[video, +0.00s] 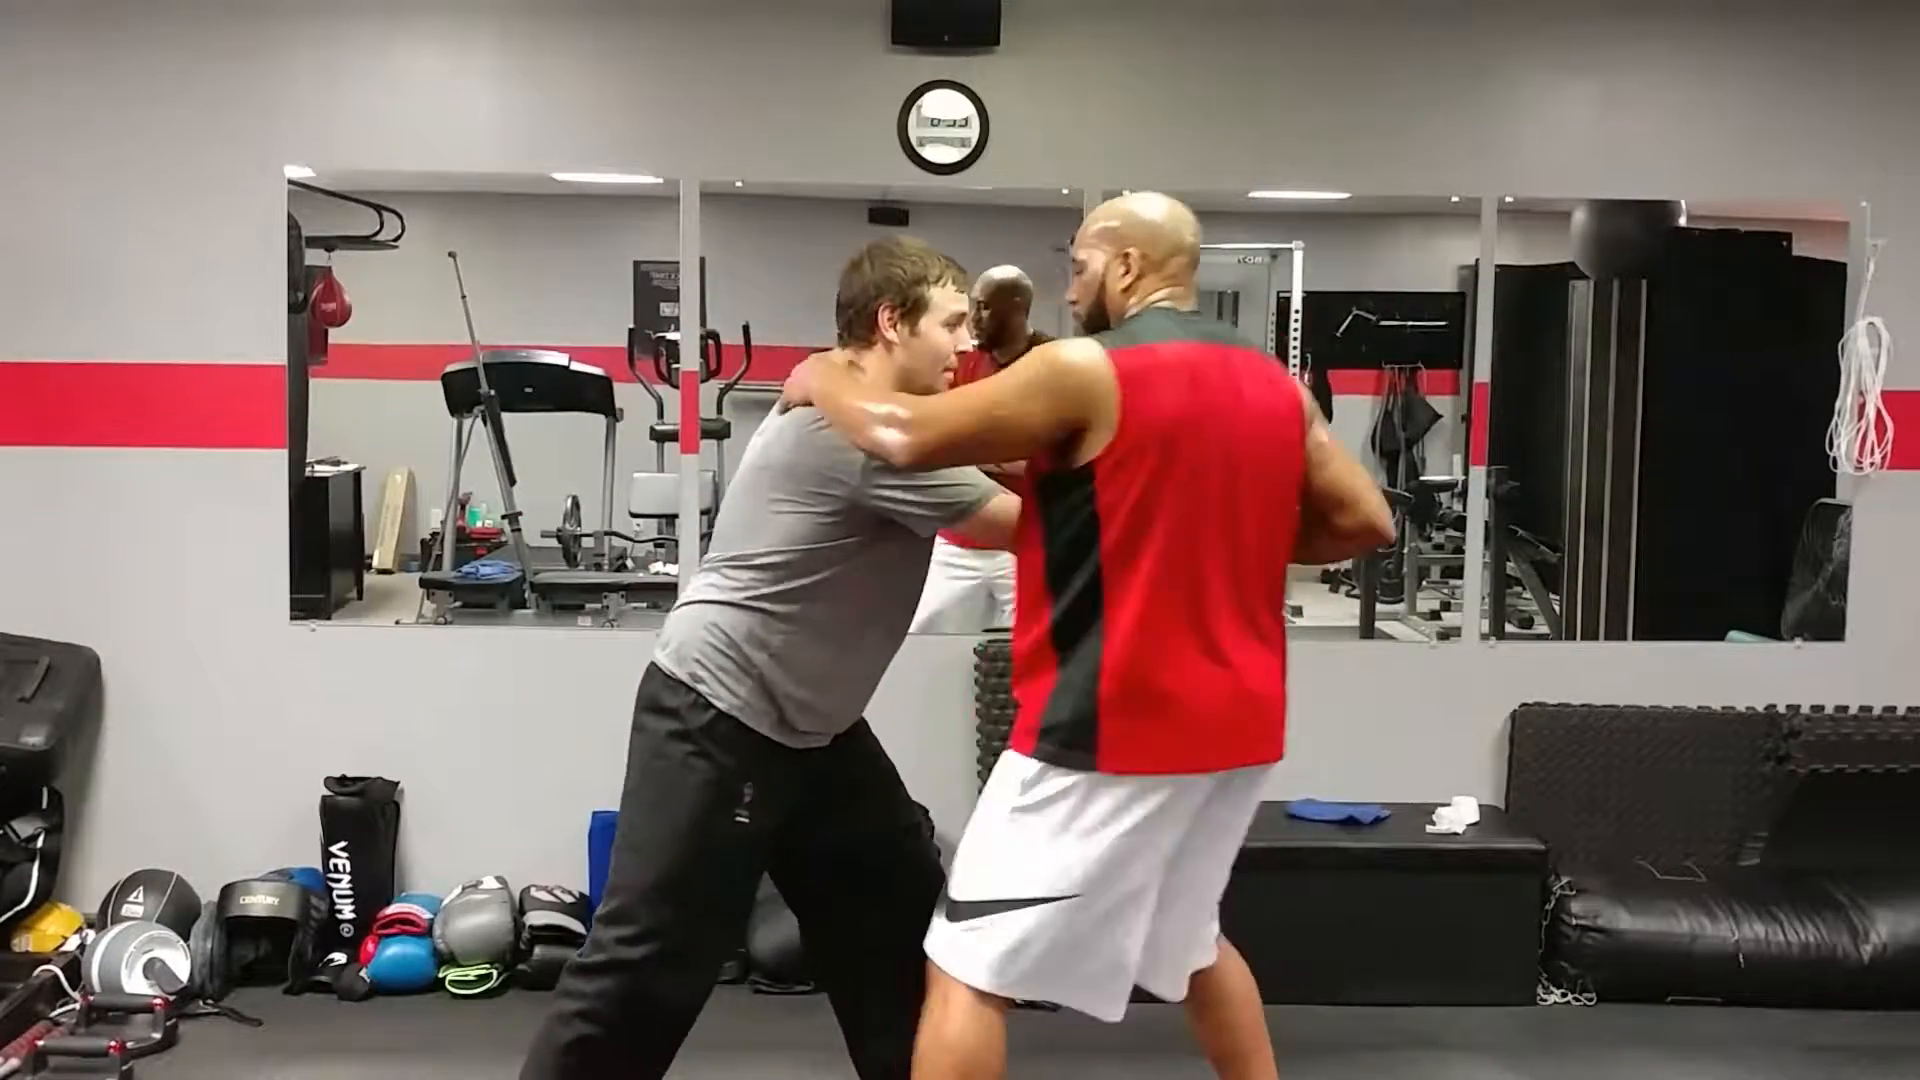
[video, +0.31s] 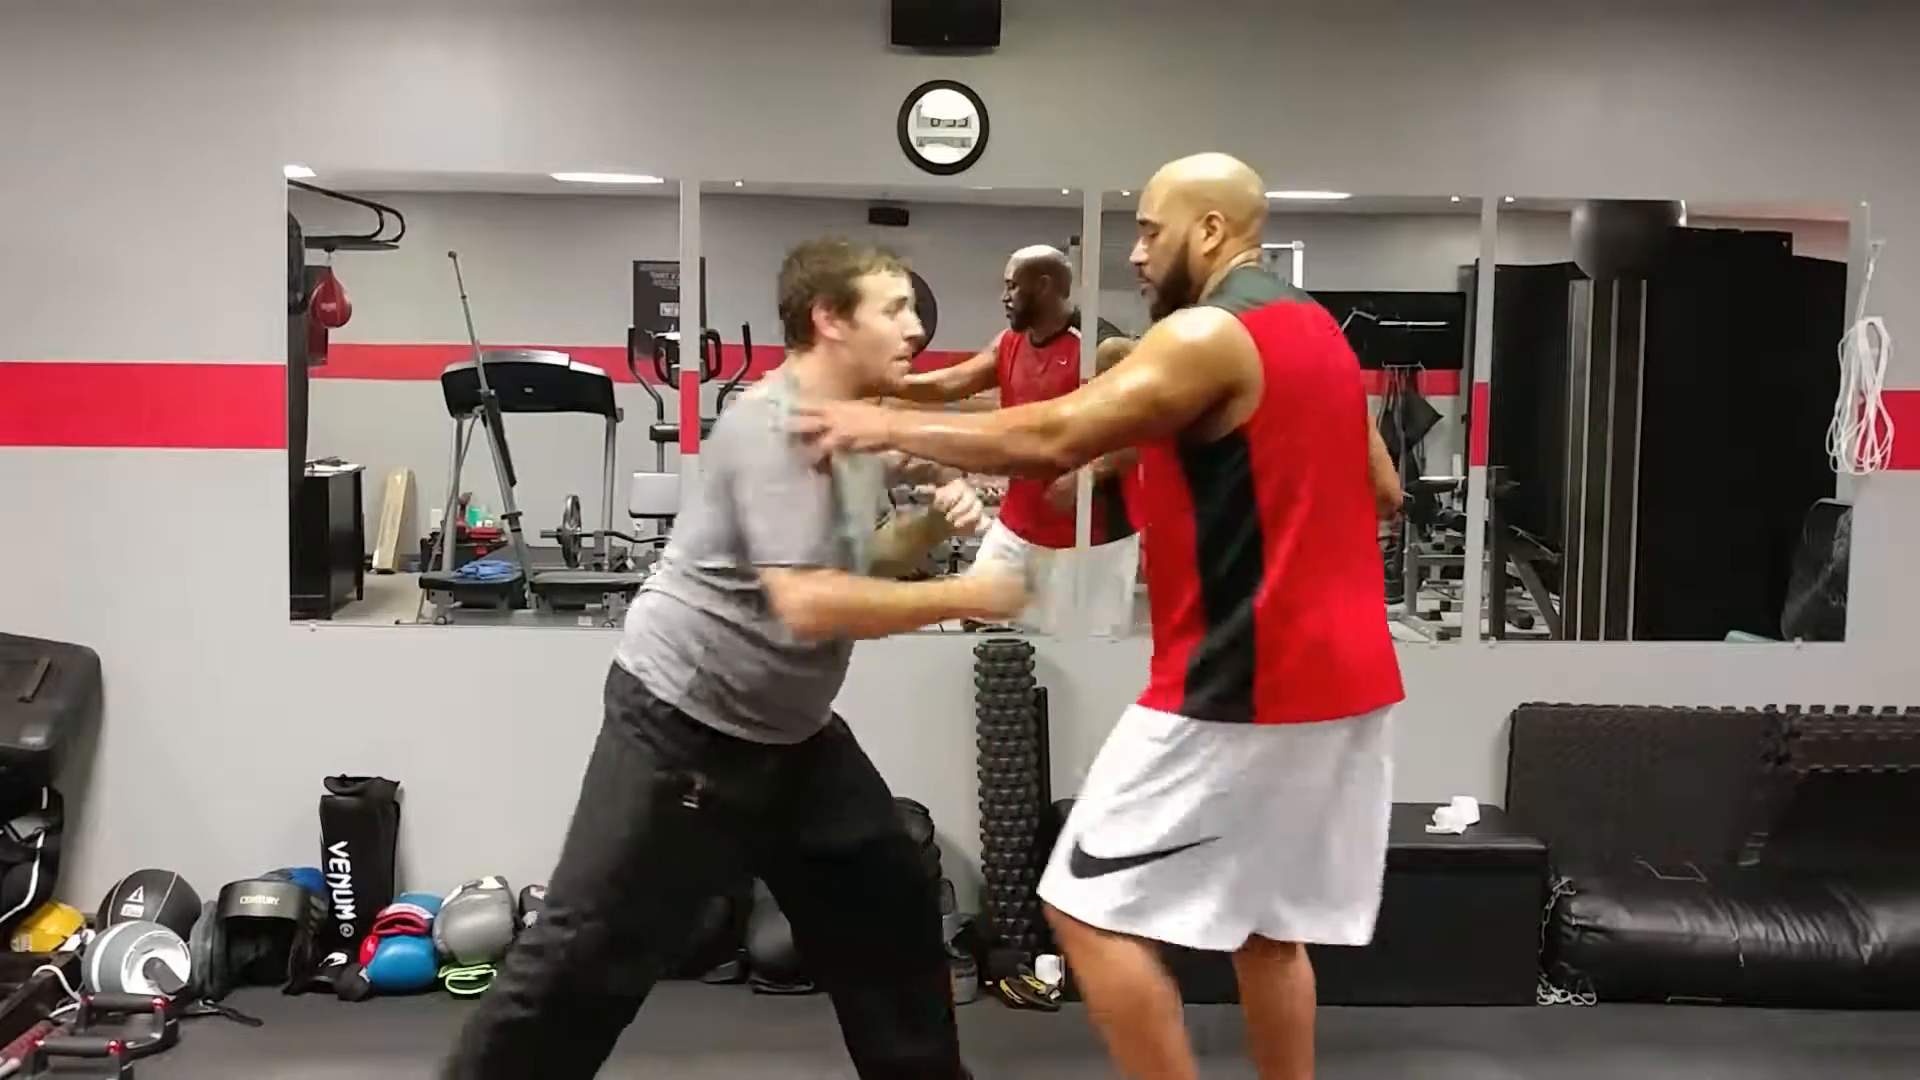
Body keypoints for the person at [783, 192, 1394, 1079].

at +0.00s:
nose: (1071, 280)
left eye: (1079, 263)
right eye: (1073, 263)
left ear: (1125, 267)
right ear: (1182, 272)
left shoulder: (1083, 370)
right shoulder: (1273, 383)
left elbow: (906, 436)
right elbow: (1364, 522)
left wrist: (827, 382)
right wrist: (1243, 534)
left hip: (1101, 724)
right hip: (1241, 721)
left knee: (968, 969)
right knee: (1191, 937)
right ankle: (1258, 1076)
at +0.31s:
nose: (1137, 255)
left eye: (1152, 234)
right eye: (1138, 235)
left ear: (1212, 232)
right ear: (1231, 237)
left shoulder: (1205, 338)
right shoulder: (1316, 333)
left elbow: (1054, 436)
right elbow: (1383, 488)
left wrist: (891, 425)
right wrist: (1221, 471)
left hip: (1234, 678)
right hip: (1346, 676)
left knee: (1086, 906)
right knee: (1273, 925)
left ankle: (1169, 1071)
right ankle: (1289, 1077)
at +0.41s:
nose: (1146, 252)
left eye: (1161, 230)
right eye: (1149, 231)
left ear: (1223, 233)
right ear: (1240, 238)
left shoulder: (1218, 344)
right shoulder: (1313, 327)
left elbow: (1078, 459)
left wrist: (922, 492)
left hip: (1254, 691)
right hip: (1341, 679)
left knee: (1169, 935)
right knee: (1266, 925)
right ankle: (1286, 1078)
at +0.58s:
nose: (1159, 275)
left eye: (1175, 256)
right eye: (1161, 256)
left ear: (1241, 257)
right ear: (1256, 260)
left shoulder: (1248, 374)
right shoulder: (1329, 348)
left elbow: (1182, 549)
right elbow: (1314, 518)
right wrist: (1212, 599)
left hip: (1294, 717)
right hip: (1377, 704)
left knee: (1210, 953)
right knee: (1312, 956)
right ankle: (1359, 1076)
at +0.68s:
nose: (1178, 282)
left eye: (1194, 262)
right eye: (1179, 262)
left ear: (1260, 265)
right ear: (1269, 268)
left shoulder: (1284, 383)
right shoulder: (1328, 351)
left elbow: (1298, 576)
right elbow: (1345, 543)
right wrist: (1242, 641)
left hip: (1313, 724)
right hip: (1386, 708)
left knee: (1210, 948)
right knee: (1358, 927)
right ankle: (1421, 1071)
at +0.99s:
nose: (1225, 272)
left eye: (1242, 254)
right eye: (1228, 253)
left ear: (1305, 262)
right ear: (1316, 264)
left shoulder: (1310, 369)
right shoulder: (1365, 344)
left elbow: (1305, 549)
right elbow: (1384, 526)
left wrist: (1245, 626)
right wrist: (1283, 613)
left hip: (1360, 697)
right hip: (1436, 685)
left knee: (1260, 927)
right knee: (1383, 907)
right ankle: (1435, 1071)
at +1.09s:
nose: (1248, 258)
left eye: (1267, 242)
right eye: (1253, 241)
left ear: (1330, 255)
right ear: (1335, 261)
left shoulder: (1319, 333)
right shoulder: (1374, 336)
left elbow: (1164, 421)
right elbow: (1305, 512)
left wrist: (1093, 460)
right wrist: (1224, 614)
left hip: (1355, 693)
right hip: (1438, 683)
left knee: (1275, 939)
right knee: (1391, 913)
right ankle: (1441, 1073)